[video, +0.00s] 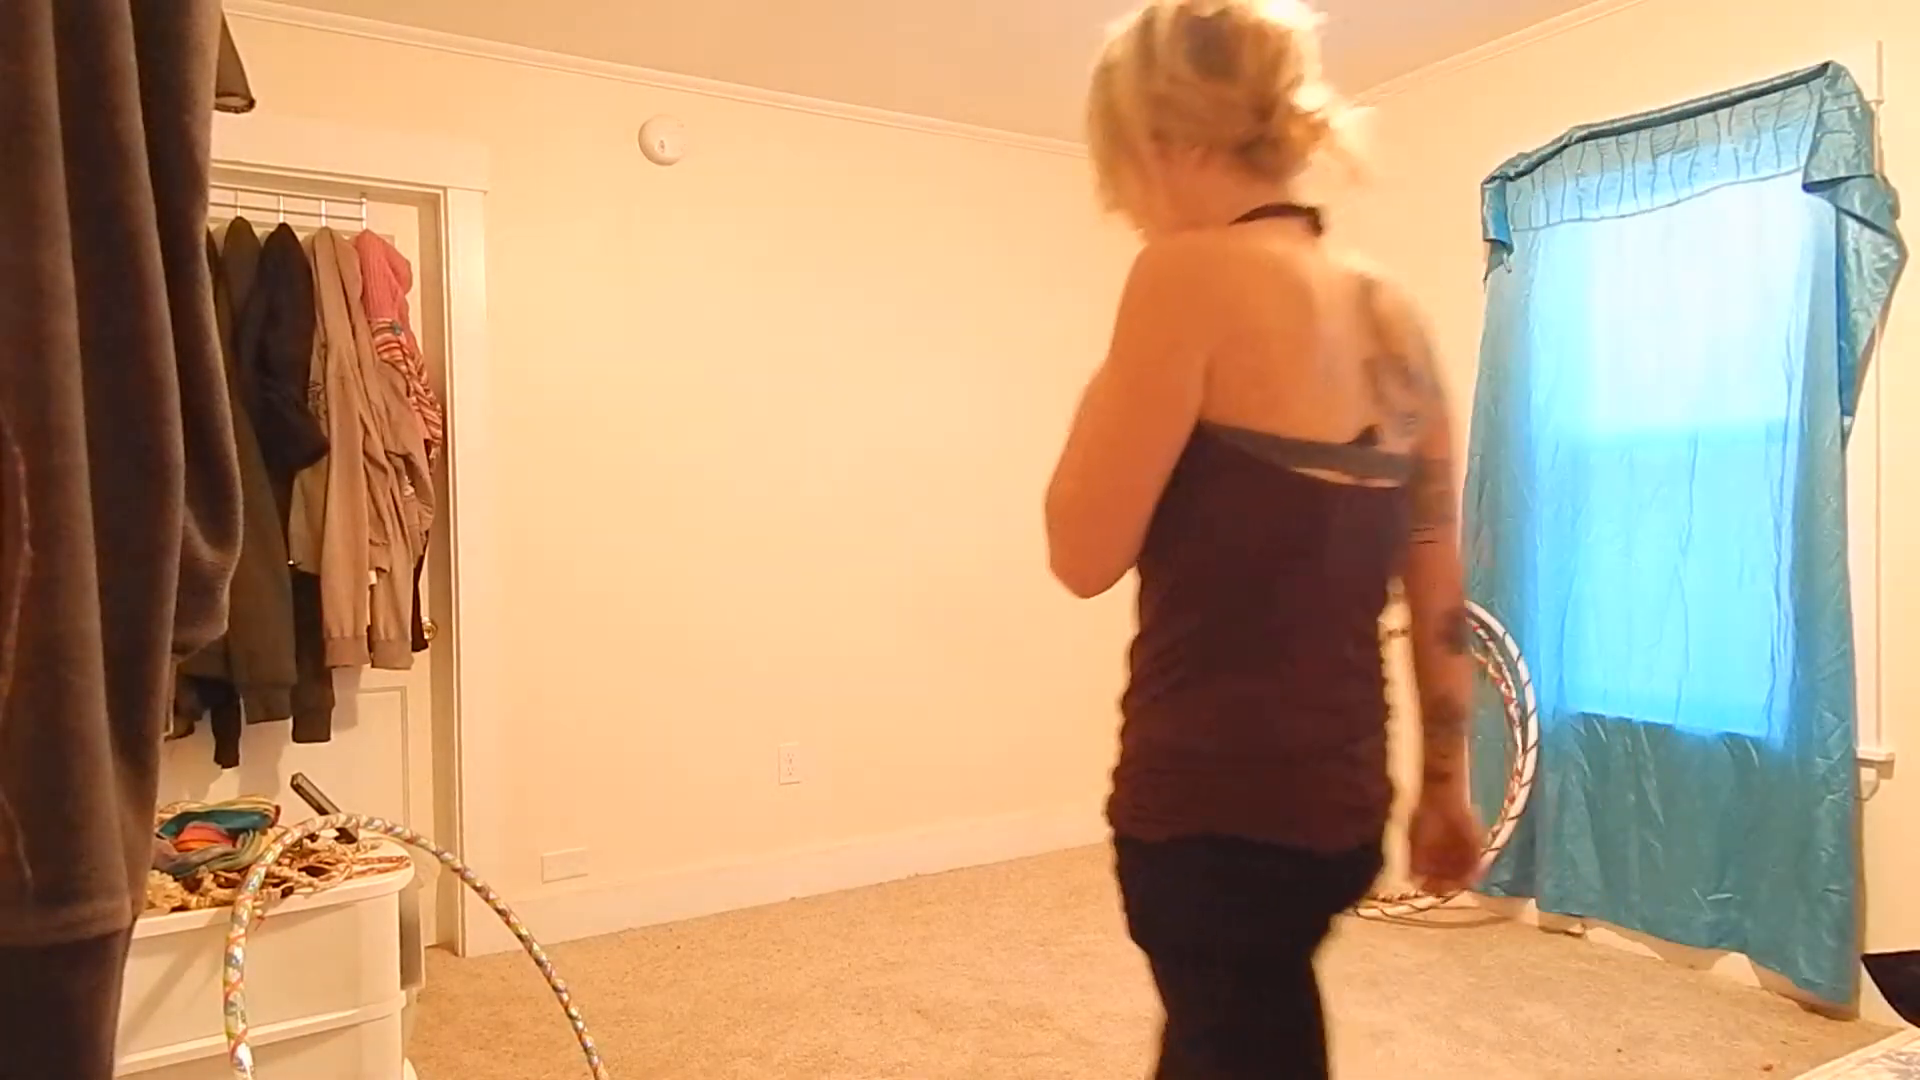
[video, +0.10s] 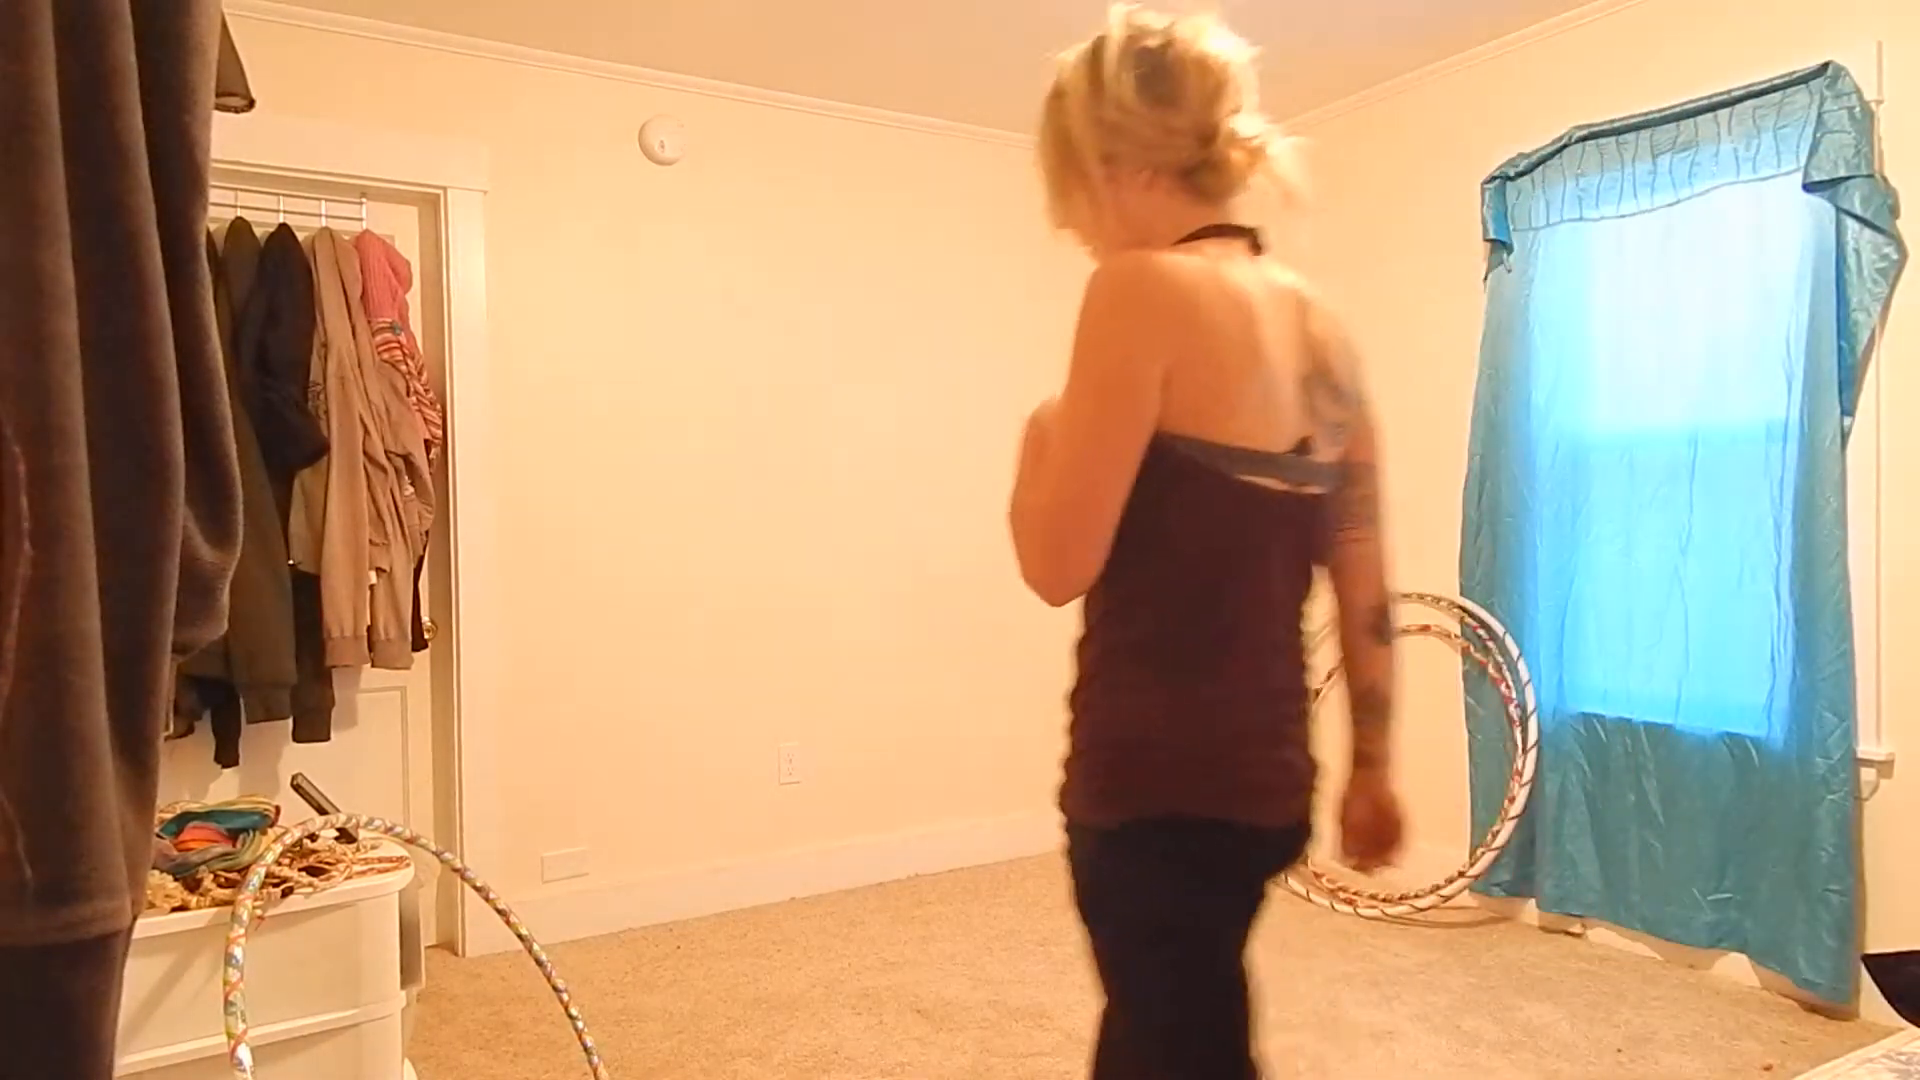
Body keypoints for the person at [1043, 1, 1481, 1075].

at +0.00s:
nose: (1128, 203)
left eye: (1124, 170)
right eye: (1120, 173)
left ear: (1169, 143)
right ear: (1288, 136)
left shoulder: (1190, 276)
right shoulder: (1393, 313)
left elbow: (1083, 555)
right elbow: (1436, 570)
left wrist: (1132, 371)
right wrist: (1446, 772)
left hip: (1205, 810)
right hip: (1339, 809)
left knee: (1262, 1070)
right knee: (1209, 1060)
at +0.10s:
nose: (1070, 220)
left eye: (1072, 186)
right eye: (1065, 190)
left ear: (1125, 166)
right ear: (1220, 161)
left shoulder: (1143, 288)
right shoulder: (1316, 324)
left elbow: (1055, 564)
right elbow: (1362, 570)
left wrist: (1041, 436)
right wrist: (1373, 762)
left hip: (1153, 790)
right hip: (1262, 785)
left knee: (1191, 1062)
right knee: (1152, 1053)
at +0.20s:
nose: (1018, 231)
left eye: (1017, 197)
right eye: (1012, 201)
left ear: (1060, 174)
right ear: (1152, 169)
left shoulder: (1100, 295)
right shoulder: (1240, 321)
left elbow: (1042, 565)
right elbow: (1290, 563)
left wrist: (989, 491)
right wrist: (1292, 740)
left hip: (1102, 770)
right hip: (1201, 759)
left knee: (1067, 1051)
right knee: (1131, 1040)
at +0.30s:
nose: (976, 252)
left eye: (974, 223)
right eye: (969, 227)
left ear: (1020, 192)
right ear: (1097, 184)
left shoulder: (1062, 300)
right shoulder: (1183, 320)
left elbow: (1027, 562)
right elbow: (1224, 566)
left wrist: (930, 550)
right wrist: (1206, 721)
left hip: (1062, 752)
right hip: (1157, 747)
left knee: (955, 1030)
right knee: (1098, 1035)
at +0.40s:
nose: (935, 264)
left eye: (932, 237)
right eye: (929, 240)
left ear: (973, 203)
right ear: (1048, 192)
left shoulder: (1023, 310)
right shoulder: (1134, 321)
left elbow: (986, 560)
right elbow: (1173, 556)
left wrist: (864, 614)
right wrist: (1122, 676)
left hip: (1023, 761)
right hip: (1119, 754)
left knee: (887, 997)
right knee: (1077, 1032)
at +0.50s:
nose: (883, 265)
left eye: (886, 234)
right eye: (877, 239)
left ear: (943, 209)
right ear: (990, 202)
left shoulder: (971, 326)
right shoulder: (1082, 331)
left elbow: (906, 559)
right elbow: (1122, 565)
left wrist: (767, 667)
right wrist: (1042, 671)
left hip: (980, 751)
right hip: (1083, 742)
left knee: (840, 1043)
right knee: (1061, 1036)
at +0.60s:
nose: (823, 273)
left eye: (824, 244)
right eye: (817, 247)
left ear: (876, 225)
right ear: (934, 214)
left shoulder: (904, 352)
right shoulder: (1033, 342)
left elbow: (787, 571)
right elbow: (1072, 562)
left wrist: (647, 702)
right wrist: (987, 674)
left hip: (926, 756)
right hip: (1044, 748)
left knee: (810, 1030)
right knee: (1031, 1029)